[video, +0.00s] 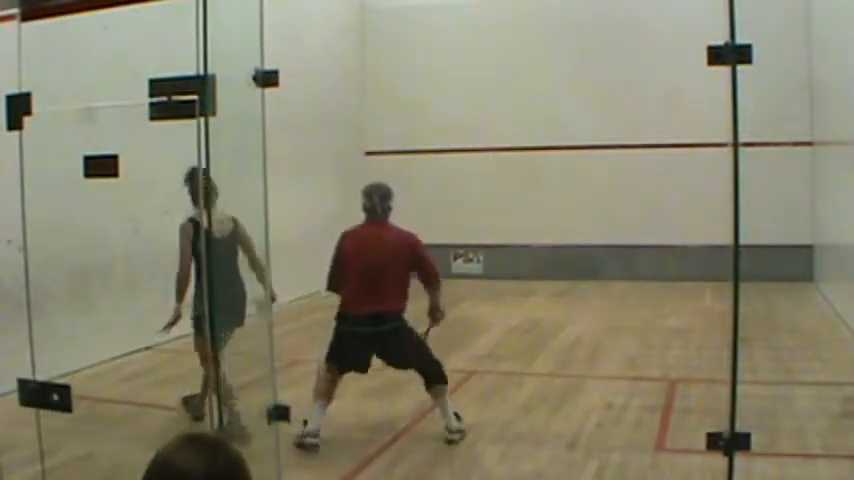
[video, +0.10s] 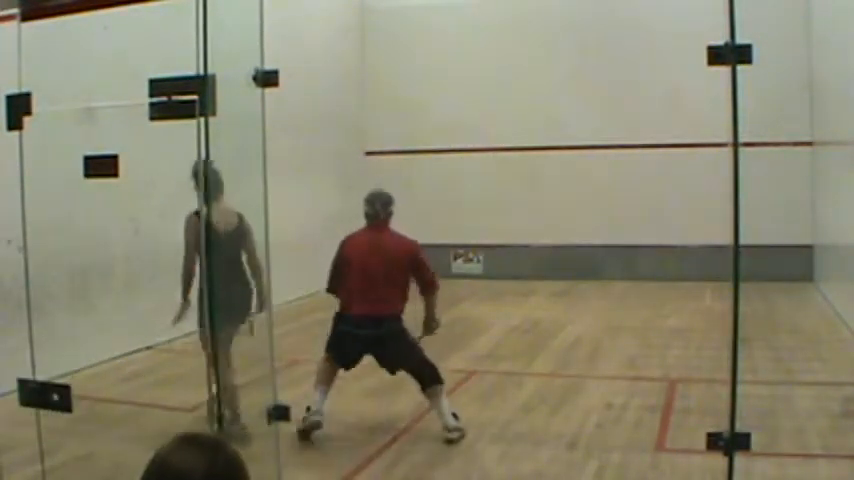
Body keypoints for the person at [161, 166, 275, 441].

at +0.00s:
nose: (197, 196)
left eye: (195, 192)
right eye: (200, 190)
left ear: (191, 194)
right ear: (215, 192)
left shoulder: (190, 227)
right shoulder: (232, 223)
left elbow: (185, 271)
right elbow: (254, 260)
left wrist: (178, 307)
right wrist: (268, 288)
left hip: (207, 305)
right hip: (235, 301)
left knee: (210, 359)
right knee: (212, 354)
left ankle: (232, 416)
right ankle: (200, 401)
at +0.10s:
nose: (197, 191)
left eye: (196, 186)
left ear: (198, 188)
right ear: (222, 185)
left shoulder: (195, 221)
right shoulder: (238, 219)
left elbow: (189, 265)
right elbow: (253, 260)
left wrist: (184, 299)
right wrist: (261, 292)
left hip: (213, 297)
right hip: (240, 294)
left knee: (219, 355)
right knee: (221, 352)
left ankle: (234, 417)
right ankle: (222, 402)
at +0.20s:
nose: (209, 187)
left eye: (205, 182)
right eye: (216, 181)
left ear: (202, 184)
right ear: (225, 182)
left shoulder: (199, 217)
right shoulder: (242, 216)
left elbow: (195, 260)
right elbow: (254, 259)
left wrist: (192, 294)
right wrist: (258, 291)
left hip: (220, 297)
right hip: (246, 294)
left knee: (225, 355)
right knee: (234, 350)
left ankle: (238, 417)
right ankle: (248, 408)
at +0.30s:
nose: (215, 185)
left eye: (208, 181)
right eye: (221, 179)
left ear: (206, 183)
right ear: (230, 180)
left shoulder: (205, 218)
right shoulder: (248, 216)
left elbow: (201, 259)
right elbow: (254, 257)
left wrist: (197, 291)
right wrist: (258, 290)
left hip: (220, 298)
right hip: (248, 295)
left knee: (225, 359)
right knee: (249, 352)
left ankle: (237, 417)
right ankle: (265, 405)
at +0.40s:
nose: (208, 186)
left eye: (207, 181)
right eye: (214, 179)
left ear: (208, 183)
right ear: (232, 179)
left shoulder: (210, 215)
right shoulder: (248, 215)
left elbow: (206, 260)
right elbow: (254, 257)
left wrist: (201, 298)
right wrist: (255, 290)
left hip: (221, 298)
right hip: (249, 294)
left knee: (220, 356)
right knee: (251, 354)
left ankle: (236, 413)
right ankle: (265, 405)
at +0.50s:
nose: (205, 185)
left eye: (205, 180)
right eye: (208, 179)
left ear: (206, 182)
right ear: (228, 178)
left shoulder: (212, 215)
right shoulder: (244, 213)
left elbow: (210, 262)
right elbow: (249, 258)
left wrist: (205, 301)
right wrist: (246, 284)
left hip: (221, 294)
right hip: (246, 290)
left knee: (213, 352)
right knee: (251, 349)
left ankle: (232, 407)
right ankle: (266, 404)